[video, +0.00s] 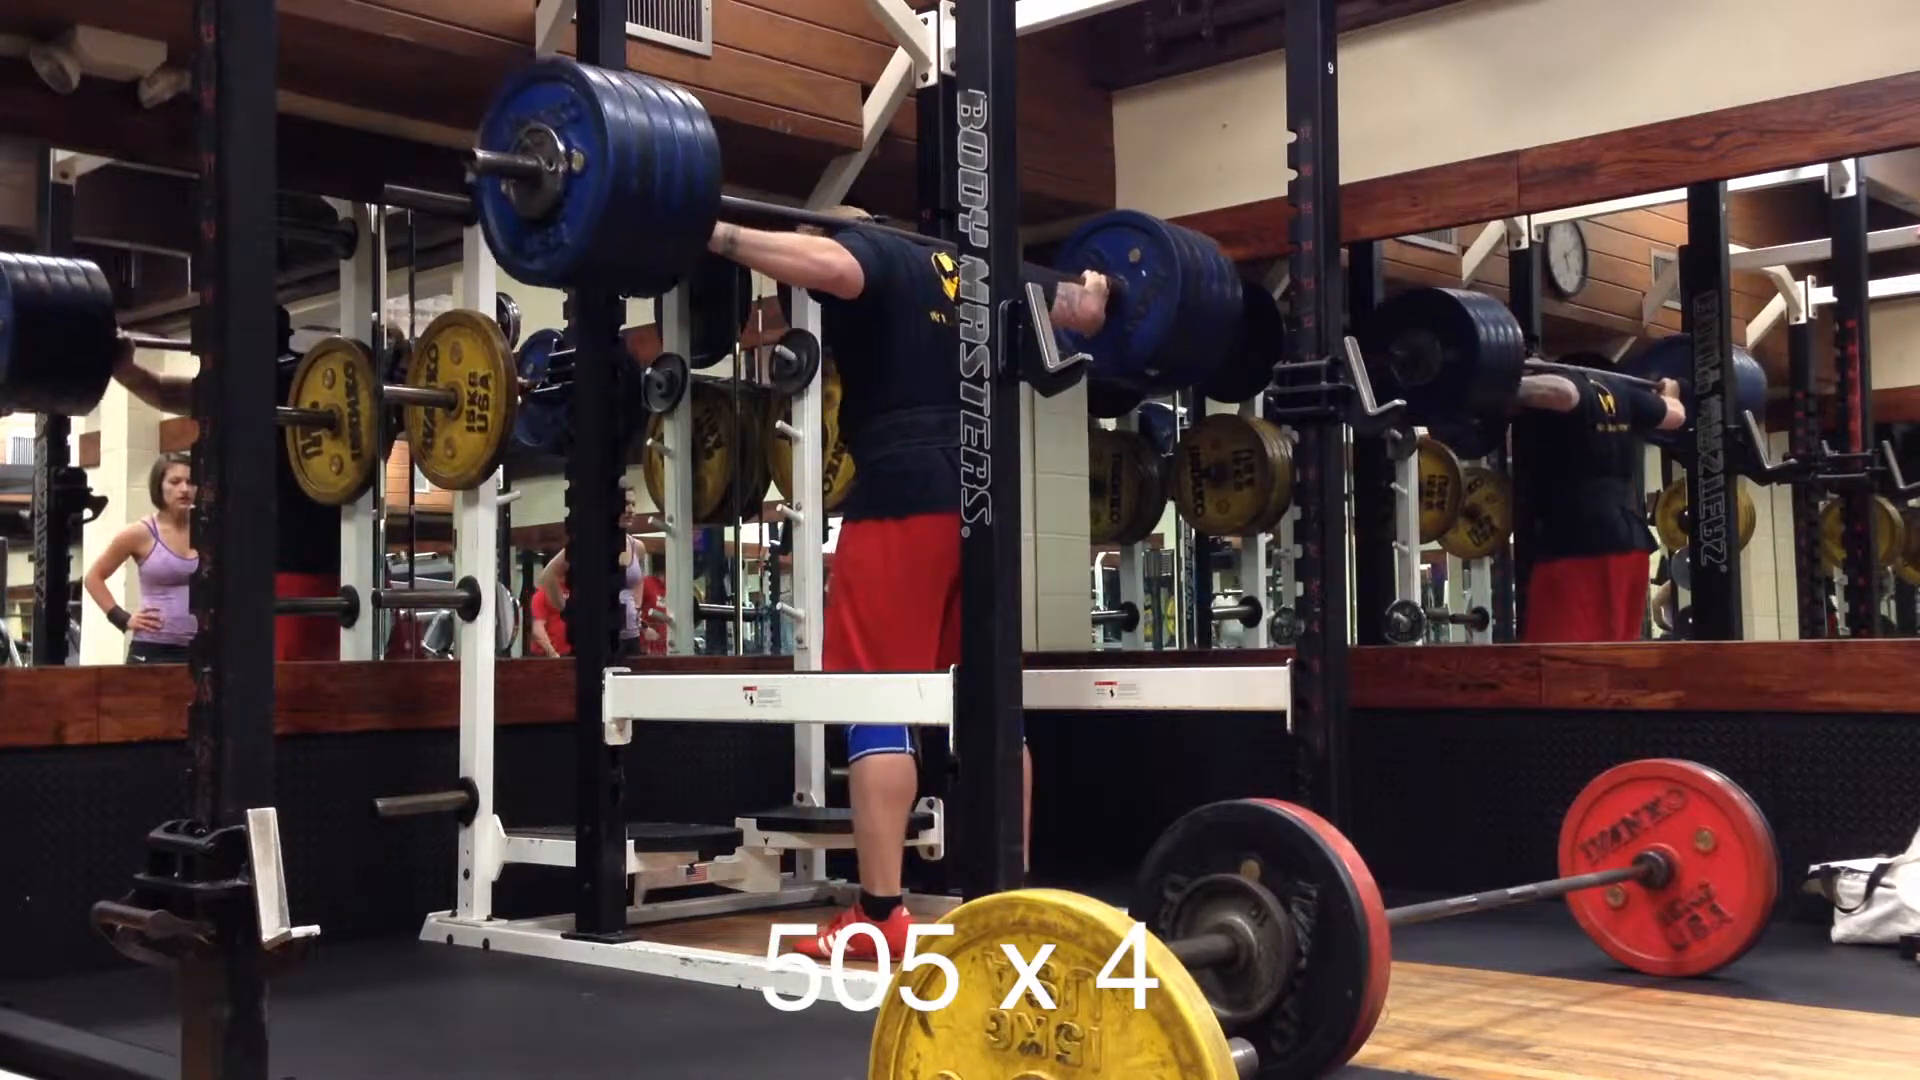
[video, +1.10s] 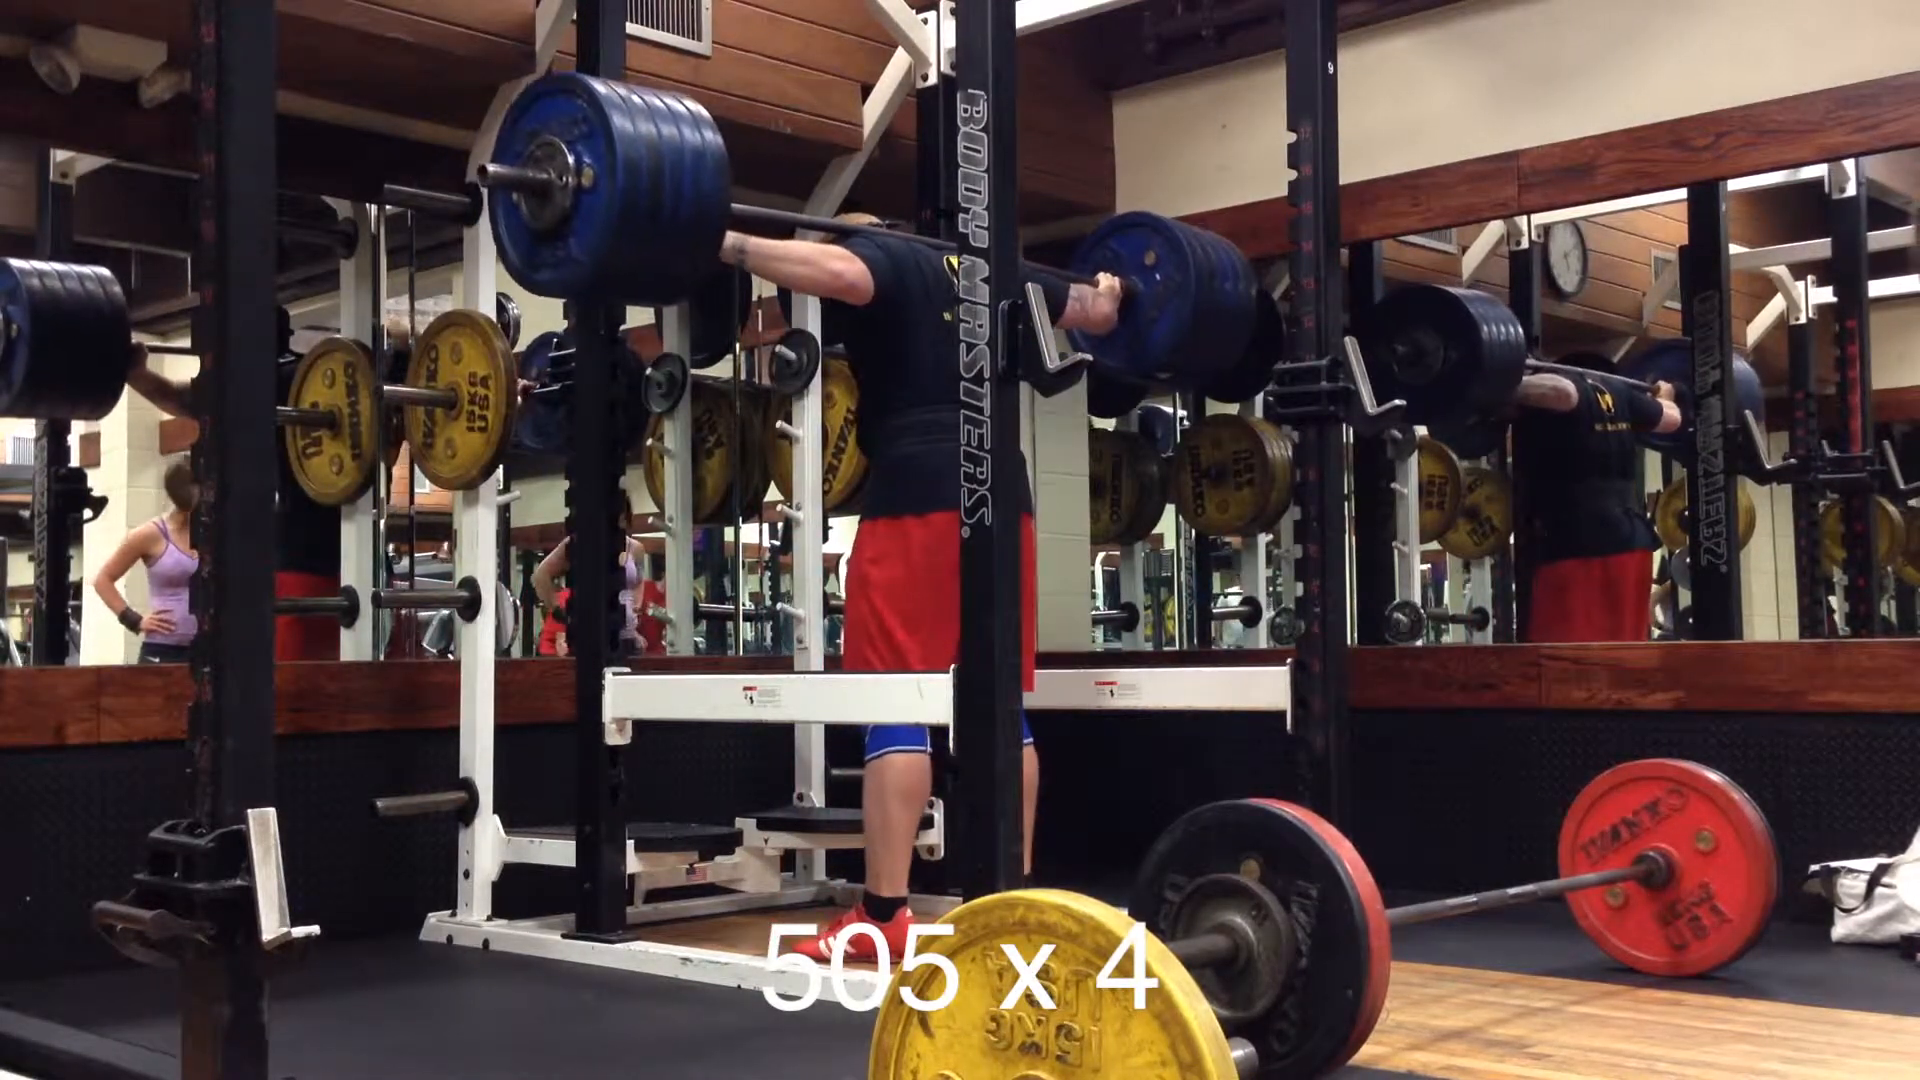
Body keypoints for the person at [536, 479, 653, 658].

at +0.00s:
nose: (629, 510)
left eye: (632, 505)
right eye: (624, 504)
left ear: (636, 508)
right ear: (609, 507)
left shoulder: (636, 546)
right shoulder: (588, 543)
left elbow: (638, 580)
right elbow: (548, 576)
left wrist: (636, 608)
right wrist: (564, 609)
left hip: (629, 630)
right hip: (595, 630)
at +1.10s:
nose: (620, 524)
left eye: (623, 519)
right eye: (614, 518)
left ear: (627, 518)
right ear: (598, 517)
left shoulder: (634, 548)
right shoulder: (575, 544)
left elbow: (639, 581)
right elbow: (540, 577)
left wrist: (637, 606)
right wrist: (556, 609)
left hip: (625, 628)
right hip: (587, 629)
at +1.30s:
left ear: (616, 520)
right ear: (583, 518)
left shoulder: (629, 549)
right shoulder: (565, 544)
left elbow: (635, 585)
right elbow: (528, 578)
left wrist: (629, 610)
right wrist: (546, 612)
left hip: (614, 629)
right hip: (576, 628)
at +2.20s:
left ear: (614, 522)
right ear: (580, 523)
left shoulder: (632, 546)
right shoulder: (565, 546)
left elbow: (655, 581)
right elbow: (532, 579)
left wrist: (642, 611)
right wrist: (551, 614)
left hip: (618, 629)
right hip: (578, 629)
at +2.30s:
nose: (608, 526)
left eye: (616, 519)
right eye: (601, 519)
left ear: (624, 517)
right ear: (588, 517)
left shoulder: (640, 545)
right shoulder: (572, 544)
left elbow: (660, 579)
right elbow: (538, 578)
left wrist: (647, 608)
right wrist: (555, 611)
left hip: (627, 631)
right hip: (584, 629)